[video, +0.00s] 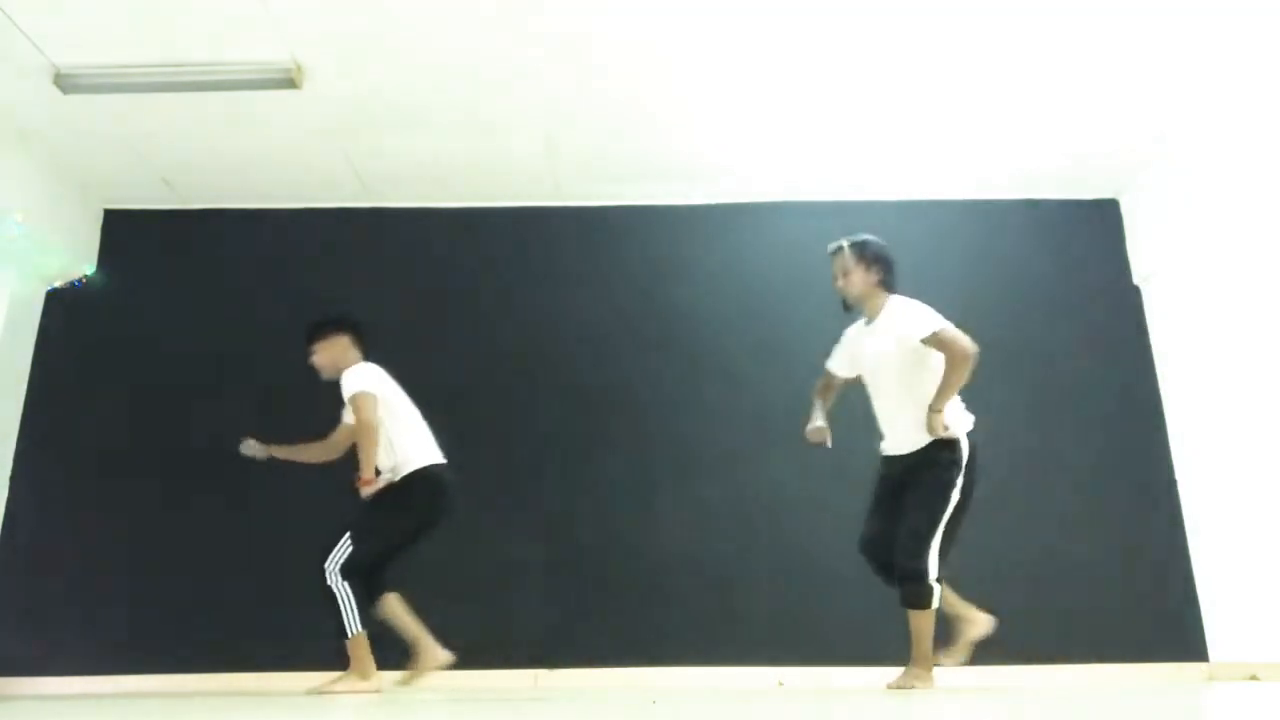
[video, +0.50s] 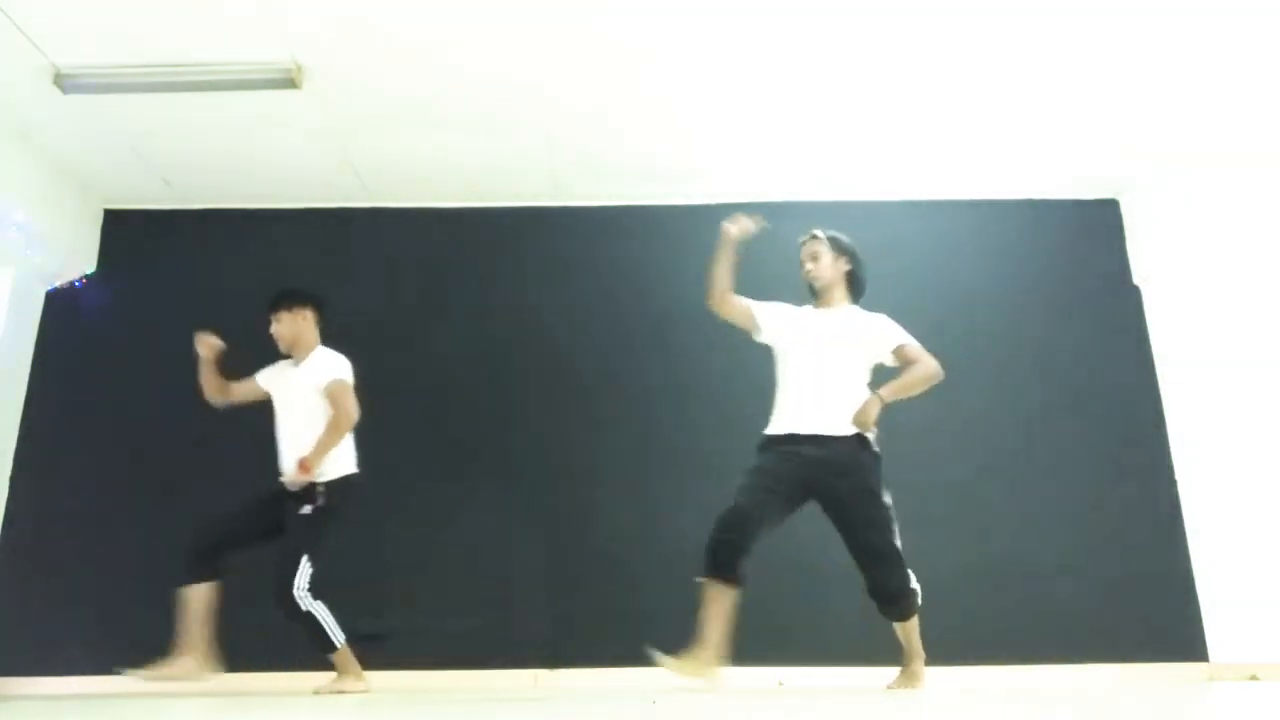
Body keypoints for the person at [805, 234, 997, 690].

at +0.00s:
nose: (839, 283)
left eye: (845, 272)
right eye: (836, 274)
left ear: (874, 271)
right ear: (856, 279)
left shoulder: (907, 313)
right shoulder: (855, 337)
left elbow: (963, 351)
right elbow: (827, 385)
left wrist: (937, 407)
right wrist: (817, 417)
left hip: (942, 451)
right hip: (897, 457)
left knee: (914, 556)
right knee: (879, 549)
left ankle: (921, 670)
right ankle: (970, 617)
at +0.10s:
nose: (836, 280)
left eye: (843, 269)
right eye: (832, 273)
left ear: (871, 267)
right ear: (834, 279)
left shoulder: (911, 314)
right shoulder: (840, 335)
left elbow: (973, 354)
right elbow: (810, 377)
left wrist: (938, 404)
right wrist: (813, 401)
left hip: (926, 454)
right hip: (875, 459)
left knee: (905, 560)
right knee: (863, 555)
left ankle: (922, 669)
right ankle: (927, 624)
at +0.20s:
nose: (837, 276)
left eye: (844, 265)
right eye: (833, 270)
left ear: (872, 264)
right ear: (832, 277)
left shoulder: (911, 317)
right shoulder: (832, 332)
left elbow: (974, 362)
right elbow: (798, 389)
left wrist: (929, 405)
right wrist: (841, 384)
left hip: (905, 454)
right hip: (851, 460)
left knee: (894, 565)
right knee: (851, 561)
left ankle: (920, 667)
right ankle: (909, 604)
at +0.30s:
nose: (837, 273)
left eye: (845, 262)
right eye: (831, 268)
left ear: (872, 264)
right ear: (829, 276)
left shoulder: (904, 323)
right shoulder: (823, 329)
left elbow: (965, 371)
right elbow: (775, 381)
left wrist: (916, 406)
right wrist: (793, 346)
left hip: (886, 456)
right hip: (829, 459)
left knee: (884, 571)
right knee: (819, 541)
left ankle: (918, 665)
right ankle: (869, 596)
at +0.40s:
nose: (827, 269)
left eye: (835, 260)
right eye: (823, 265)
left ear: (863, 264)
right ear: (820, 275)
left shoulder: (893, 324)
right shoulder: (810, 323)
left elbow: (949, 372)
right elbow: (746, 339)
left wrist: (900, 401)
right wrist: (766, 290)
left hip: (867, 455)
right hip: (807, 453)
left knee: (887, 572)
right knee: (769, 528)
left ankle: (916, 664)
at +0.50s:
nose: (809, 264)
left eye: (818, 255)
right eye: (805, 259)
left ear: (845, 264)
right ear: (803, 269)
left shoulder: (872, 325)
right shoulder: (784, 318)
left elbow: (930, 369)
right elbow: (721, 301)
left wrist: (880, 397)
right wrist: (728, 241)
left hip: (847, 455)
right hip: (784, 453)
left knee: (883, 564)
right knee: (730, 534)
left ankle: (914, 665)